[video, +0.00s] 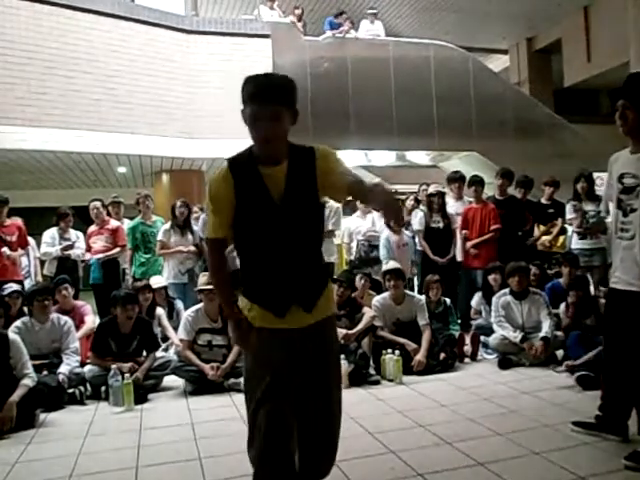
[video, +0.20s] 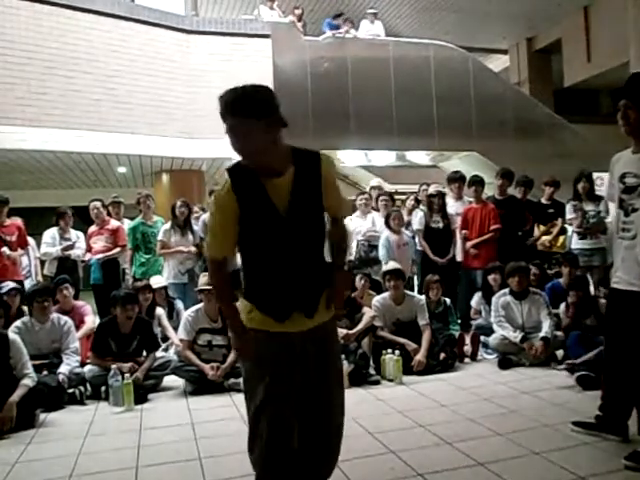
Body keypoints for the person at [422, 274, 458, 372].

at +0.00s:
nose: (435, 292)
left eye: (437, 288)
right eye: (432, 289)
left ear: (441, 290)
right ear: (427, 291)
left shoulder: (446, 303)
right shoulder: (421, 302)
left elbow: (453, 322)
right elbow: (421, 321)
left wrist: (452, 334)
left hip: (444, 330)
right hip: (429, 331)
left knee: (449, 338)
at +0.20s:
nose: (435, 292)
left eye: (437, 288)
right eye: (432, 289)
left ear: (441, 290)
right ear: (427, 291)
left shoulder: (446, 303)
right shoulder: (421, 303)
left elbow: (453, 322)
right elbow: (421, 322)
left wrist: (453, 334)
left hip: (444, 331)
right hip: (429, 331)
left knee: (449, 338)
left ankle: (442, 356)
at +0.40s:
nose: (435, 292)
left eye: (437, 289)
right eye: (432, 289)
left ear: (441, 290)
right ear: (427, 291)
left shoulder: (446, 303)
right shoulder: (421, 303)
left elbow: (453, 322)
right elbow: (421, 321)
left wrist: (452, 334)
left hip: (444, 331)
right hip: (429, 331)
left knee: (449, 338)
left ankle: (442, 356)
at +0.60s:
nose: (435, 292)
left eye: (437, 288)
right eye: (432, 289)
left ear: (441, 289)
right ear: (427, 291)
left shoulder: (447, 303)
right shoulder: (421, 303)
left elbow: (453, 322)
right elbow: (421, 322)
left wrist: (452, 334)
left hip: (444, 332)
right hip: (429, 333)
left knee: (449, 339)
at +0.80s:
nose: (435, 292)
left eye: (437, 288)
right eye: (432, 289)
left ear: (441, 289)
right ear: (427, 291)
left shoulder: (447, 303)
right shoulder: (421, 303)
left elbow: (453, 322)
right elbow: (421, 322)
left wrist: (452, 334)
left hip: (444, 332)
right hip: (429, 332)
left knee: (449, 339)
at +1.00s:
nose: (435, 292)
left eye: (437, 288)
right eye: (432, 289)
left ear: (441, 289)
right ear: (427, 291)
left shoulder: (447, 303)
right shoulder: (421, 303)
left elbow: (453, 322)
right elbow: (421, 322)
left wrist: (452, 334)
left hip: (444, 332)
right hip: (429, 333)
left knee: (449, 339)